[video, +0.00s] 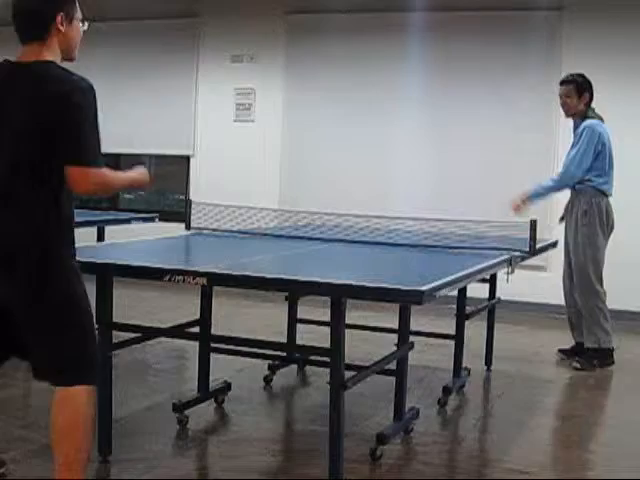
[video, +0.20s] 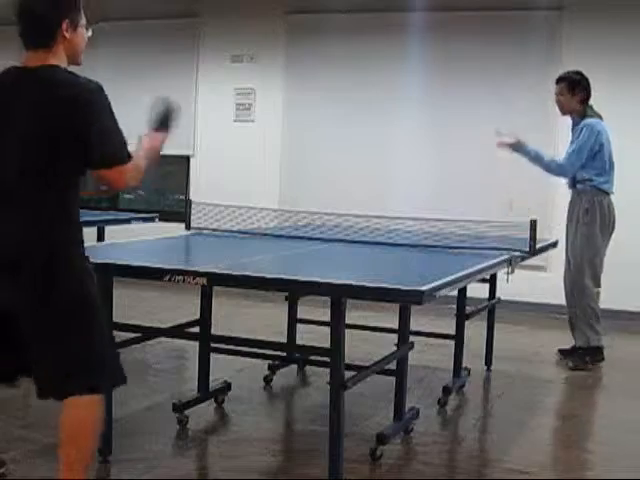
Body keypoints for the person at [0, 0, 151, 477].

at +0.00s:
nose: (83, 31)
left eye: (82, 20)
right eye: (80, 20)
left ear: (25, 25)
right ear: (60, 24)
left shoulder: (6, 77)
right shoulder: (70, 88)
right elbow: (83, 180)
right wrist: (132, 177)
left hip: (5, 250)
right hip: (39, 255)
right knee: (76, 370)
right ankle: (70, 475)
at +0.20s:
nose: (87, 37)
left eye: (86, 26)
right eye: (85, 26)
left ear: (28, 29)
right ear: (66, 30)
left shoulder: (5, 83)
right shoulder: (80, 94)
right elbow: (121, 176)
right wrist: (148, 151)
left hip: (4, 252)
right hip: (51, 257)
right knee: (85, 376)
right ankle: (72, 476)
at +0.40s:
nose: (89, 40)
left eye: (88, 30)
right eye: (87, 30)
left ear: (31, 34)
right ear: (69, 32)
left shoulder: (6, 84)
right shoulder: (82, 91)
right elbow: (111, 171)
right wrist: (132, 164)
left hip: (5, 257)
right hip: (53, 261)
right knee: (86, 383)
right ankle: (74, 474)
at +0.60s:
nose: (83, 45)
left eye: (84, 36)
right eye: (83, 36)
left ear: (28, 34)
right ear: (66, 34)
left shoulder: (3, 80)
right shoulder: (66, 94)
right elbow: (70, 170)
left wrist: (79, 189)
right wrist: (90, 196)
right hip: (32, 251)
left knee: (4, 363)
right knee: (72, 369)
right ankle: (73, 474)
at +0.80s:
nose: (76, 36)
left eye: (77, 25)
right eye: (75, 24)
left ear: (23, 22)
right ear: (57, 23)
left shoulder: (4, 65)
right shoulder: (48, 77)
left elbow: (29, 156)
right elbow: (34, 158)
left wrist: (53, 166)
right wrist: (66, 170)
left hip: (10, 234)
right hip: (17, 237)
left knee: (40, 351)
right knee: (43, 354)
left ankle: (17, 465)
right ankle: (17, 468)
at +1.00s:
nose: (65, 32)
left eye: (66, 22)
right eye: (63, 20)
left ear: (28, 19)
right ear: (42, 19)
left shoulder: (8, 69)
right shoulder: (23, 75)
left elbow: (16, 155)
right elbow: (15, 156)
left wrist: (56, 178)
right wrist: (63, 181)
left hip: (6, 243)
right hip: (3, 245)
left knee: (16, 346)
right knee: (17, 349)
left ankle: (10, 463)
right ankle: (9, 465)